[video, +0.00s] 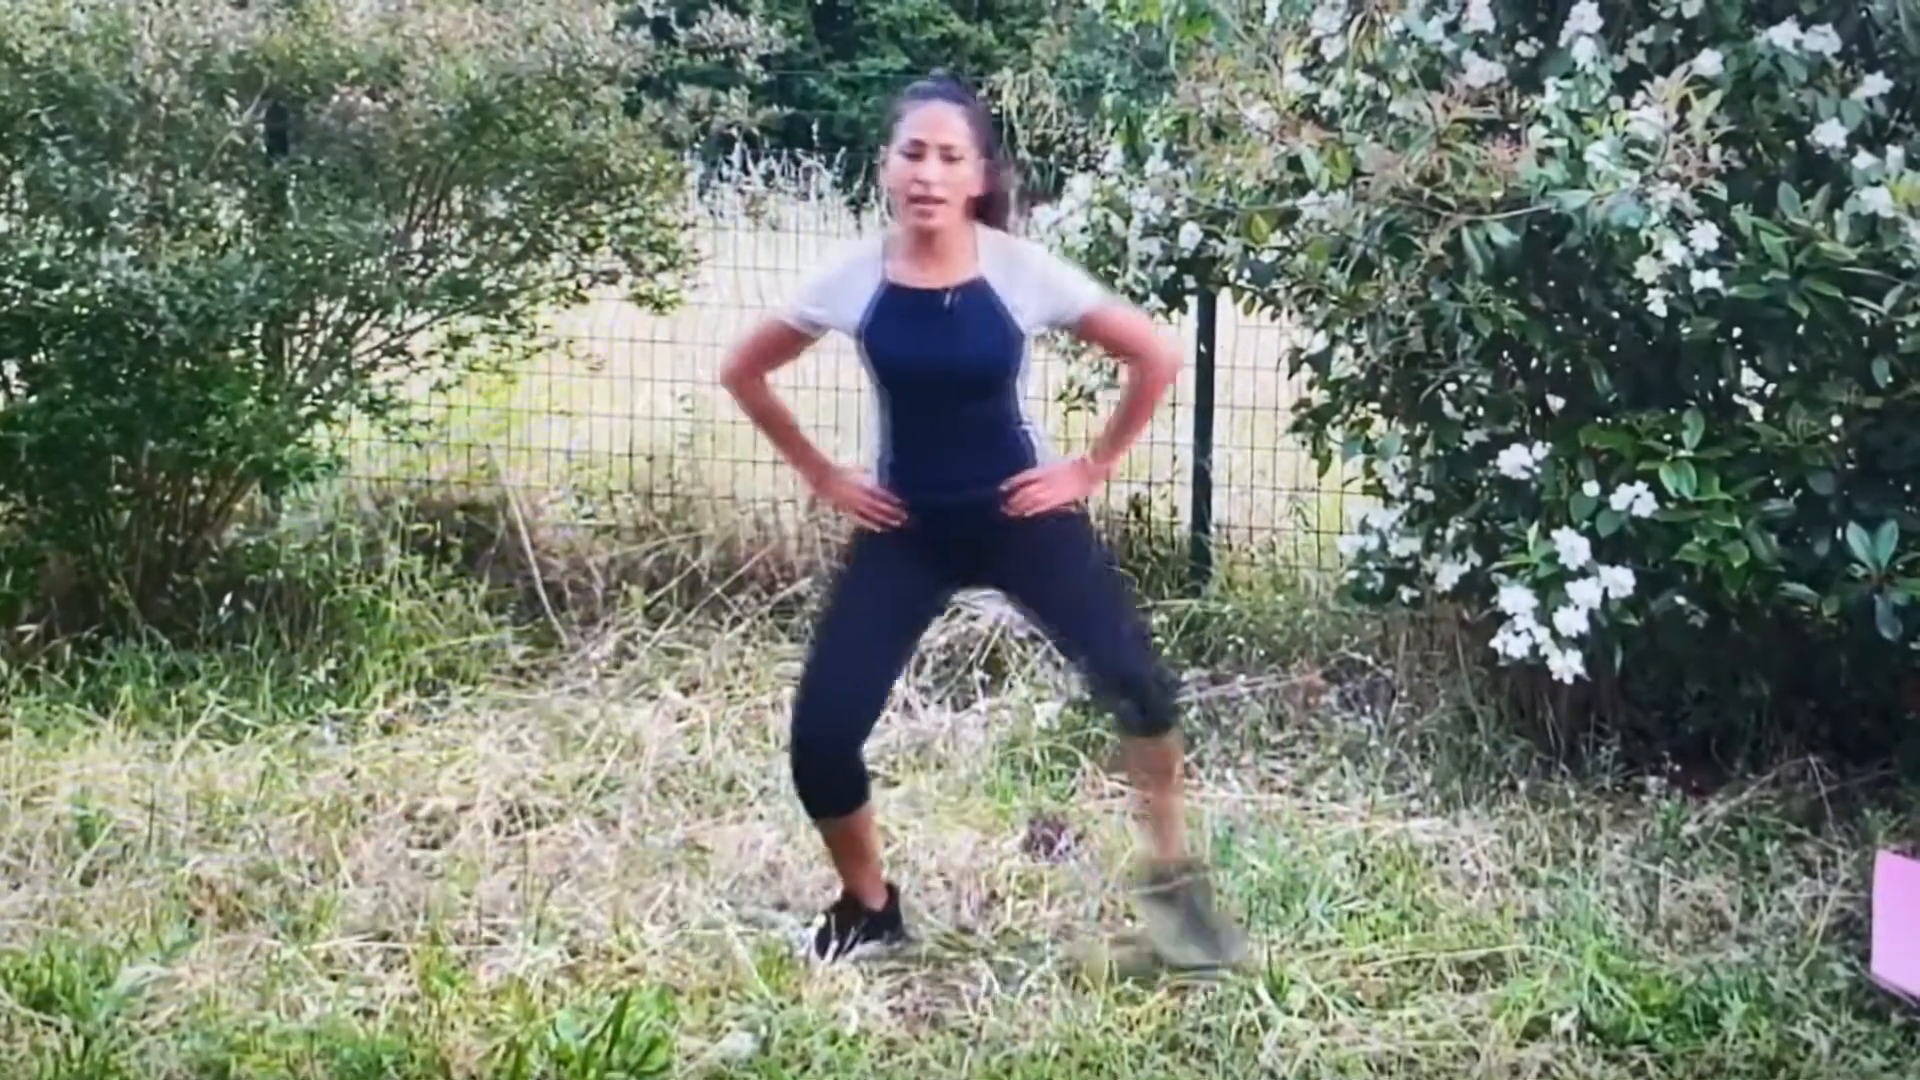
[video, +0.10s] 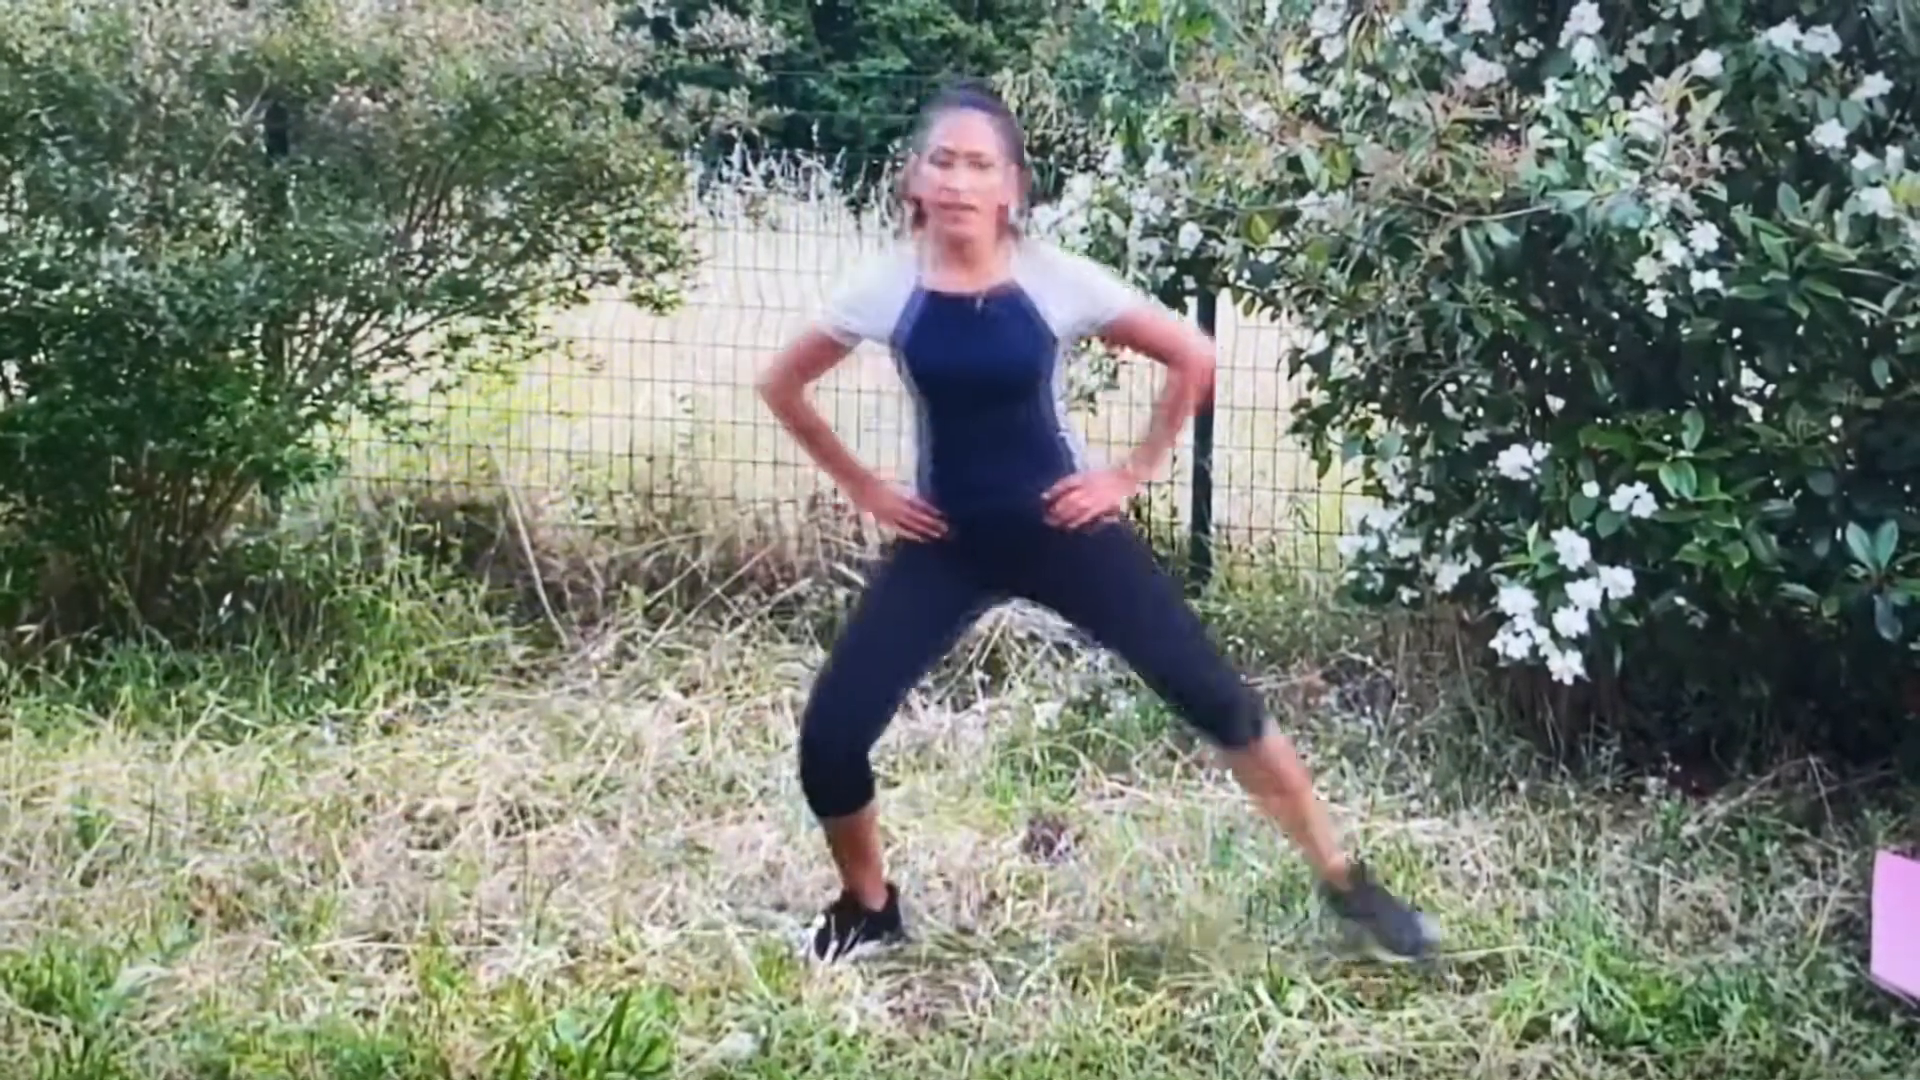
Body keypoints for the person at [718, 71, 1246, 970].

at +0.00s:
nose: (924, 171)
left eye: (947, 155)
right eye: (910, 151)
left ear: (982, 178)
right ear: (885, 169)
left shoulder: (1018, 269)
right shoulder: (857, 278)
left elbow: (1160, 356)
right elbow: (742, 372)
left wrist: (1092, 466)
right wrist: (823, 476)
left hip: (1024, 526)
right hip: (903, 536)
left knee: (1141, 684)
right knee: (820, 741)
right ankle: (869, 908)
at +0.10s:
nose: (955, 181)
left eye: (977, 165)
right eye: (939, 161)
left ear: (1014, 188)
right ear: (913, 181)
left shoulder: (1053, 280)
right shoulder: (889, 287)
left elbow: (1196, 357)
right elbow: (779, 385)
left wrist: (1130, 473)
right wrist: (862, 485)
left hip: (1068, 537)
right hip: (943, 546)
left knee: (1221, 700)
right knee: (829, 741)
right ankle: (867, 908)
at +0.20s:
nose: (999, 201)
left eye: (1021, 185)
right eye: (983, 184)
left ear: (1061, 211)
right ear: (958, 209)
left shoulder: (1105, 299)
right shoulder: (942, 312)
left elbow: (1251, 387)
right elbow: (833, 410)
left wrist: (1184, 500)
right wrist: (916, 508)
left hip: (1119, 565)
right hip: (994, 571)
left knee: (1286, 728)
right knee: (853, 742)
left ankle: (1419, 917)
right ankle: (864, 905)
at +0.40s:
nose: (1103, 256)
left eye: (1123, 238)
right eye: (1089, 239)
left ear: (1166, 255)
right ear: (1069, 259)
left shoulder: (1218, 351)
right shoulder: (1048, 364)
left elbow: (1349, 448)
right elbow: (928, 450)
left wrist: (1279, 562)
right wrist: (1002, 549)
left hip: (1211, 615)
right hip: (1080, 614)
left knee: (1396, 761)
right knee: (917, 769)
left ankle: (1442, 935)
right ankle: (865, 910)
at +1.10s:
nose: (983, 210)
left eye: (1005, 193)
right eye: (970, 192)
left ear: (1048, 219)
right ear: (953, 213)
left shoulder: (1089, 317)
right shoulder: (929, 326)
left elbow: (1232, 397)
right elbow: (832, 419)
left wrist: (1174, 510)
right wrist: (906, 513)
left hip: (1107, 576)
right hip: (980, 578)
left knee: (1259, 749)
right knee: (846, 756)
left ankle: (1423, 925)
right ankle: (860, 908)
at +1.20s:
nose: (941, 185)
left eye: (966, 170)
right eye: (930, 166)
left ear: (1007, 199)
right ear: (911, 184)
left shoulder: (1045, 296)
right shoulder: (877, 294)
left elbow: (1185, 382)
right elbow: (773, 394)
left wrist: (1121, 491)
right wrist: (853, 498)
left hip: (1050, 549)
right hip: (928, 553)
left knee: (1175, 711)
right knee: (831, 753)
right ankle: (862, 910)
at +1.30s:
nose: (923, 167)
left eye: (947, 153)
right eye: (911, 148)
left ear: (985, 180)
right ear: (891, 167)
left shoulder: (1022, 281)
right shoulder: (854, 273)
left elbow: (1154, 381)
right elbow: (734, 365)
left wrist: (1082, 486)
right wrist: (816, 480)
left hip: (1011, 538)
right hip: (888, 536)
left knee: (1085, 710)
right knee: (812, 750)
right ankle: (860, 907)